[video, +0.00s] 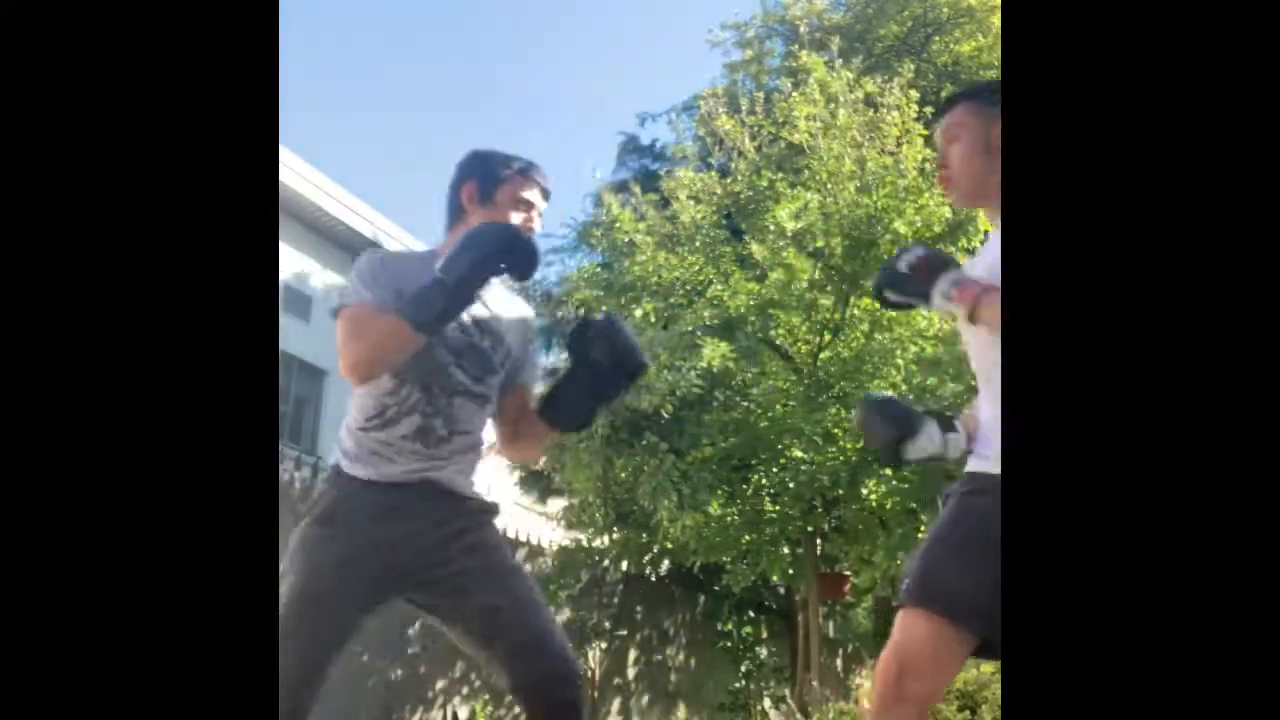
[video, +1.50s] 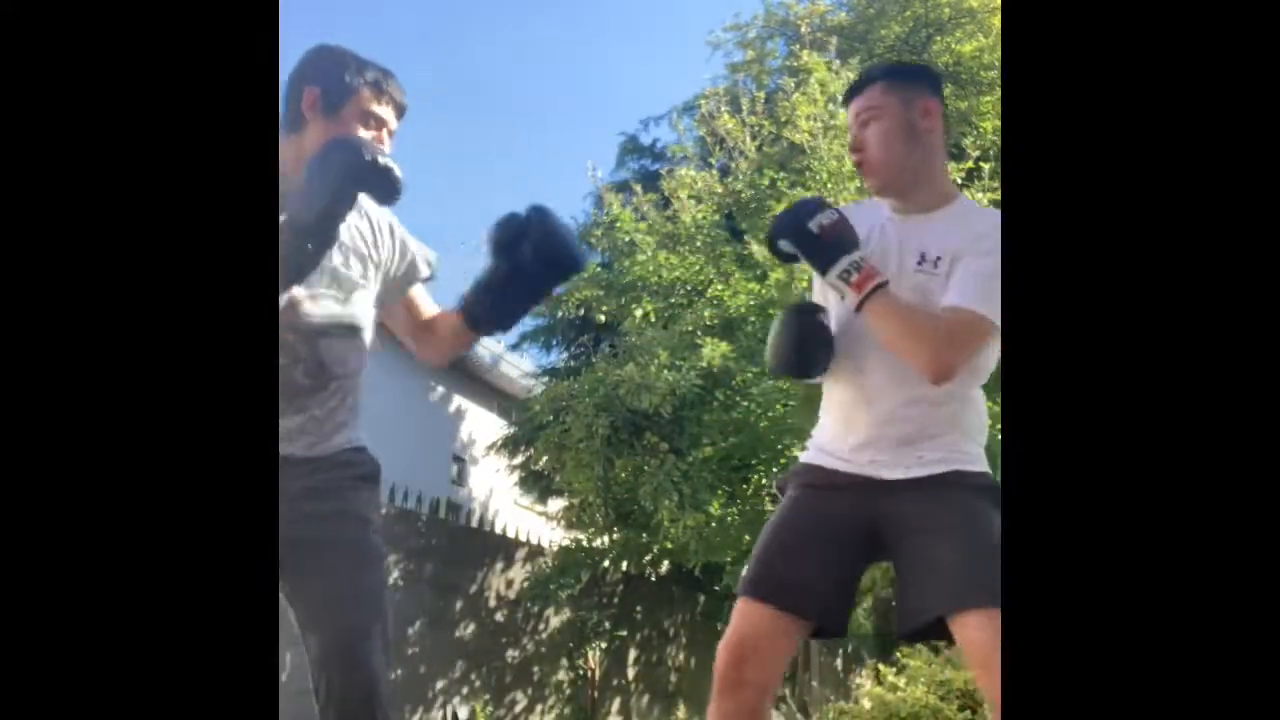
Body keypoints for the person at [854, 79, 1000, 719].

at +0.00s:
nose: (937, 163)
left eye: (949, 143)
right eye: (937, 148)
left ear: (995, 142)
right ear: (980, 149)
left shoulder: (998, 248)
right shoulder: (980, 258)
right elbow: (999, 398)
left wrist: (955, 290)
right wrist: (948, 436)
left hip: (994, 479)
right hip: (988, 476)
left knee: (901, 685)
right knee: (901, 684)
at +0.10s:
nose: (879, 180)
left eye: (891, 161)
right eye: (880, 167)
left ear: (947, 157)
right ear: (940, 162)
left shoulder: (995, 201)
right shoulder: (920, 308)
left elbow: (984, 235)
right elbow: (952, 428)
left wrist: (885, 240)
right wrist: (863, 399)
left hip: (990, 480)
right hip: (975, 481)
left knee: (900, 686)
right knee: (898, 686)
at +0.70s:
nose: (844, 190)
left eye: (846, 166)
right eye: (837, 179)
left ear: (891, 131)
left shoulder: (983, 208)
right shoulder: (887, 254)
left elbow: (911, 328)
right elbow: (880, 392)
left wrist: (828, 257)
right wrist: (816, 311)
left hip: (989, 480)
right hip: (901, 480)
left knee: (997, 671)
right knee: (813, 665)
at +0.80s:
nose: (797, 212)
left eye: (797, 191)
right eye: (789, 203)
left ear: (838, 155)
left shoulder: (937, 218)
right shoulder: (844, 278)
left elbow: (840, 328)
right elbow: (817, 402)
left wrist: (771, 248)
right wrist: (764, 305)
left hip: (977, 484)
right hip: (882, 492)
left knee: (996, 666)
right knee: (793, 681)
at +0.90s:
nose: (722, 256)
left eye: (721, 234)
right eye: (714, 243)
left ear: (758, 194)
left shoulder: (854, 235)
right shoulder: (782, 300)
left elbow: (747, 334)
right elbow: (712, 397)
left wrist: (701, 247)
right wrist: (682, 288)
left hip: (957, 487)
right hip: (859, 501)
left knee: (1002, 666)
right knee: (756, 679)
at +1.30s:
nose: (765, 168)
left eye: (772, 146)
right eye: (760, 156)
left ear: (825, 127)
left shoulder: (913, 211)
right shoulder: (802, 249)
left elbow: (855, 325)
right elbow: (804, 354)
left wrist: (761, 255)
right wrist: (760, 319)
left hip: (911, 474)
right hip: (810, 475)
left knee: (982, 683)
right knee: (716, 665)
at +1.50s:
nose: (853, 145)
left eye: (867, 123)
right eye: (850, 132)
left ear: (928, 116)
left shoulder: (987, 231)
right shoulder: (843, 224)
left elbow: (941, 356)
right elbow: (835, 339)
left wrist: (848, 268)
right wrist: (804, 346)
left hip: (943, 472)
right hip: (834, 467)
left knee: (995, 660)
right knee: (741, 661)